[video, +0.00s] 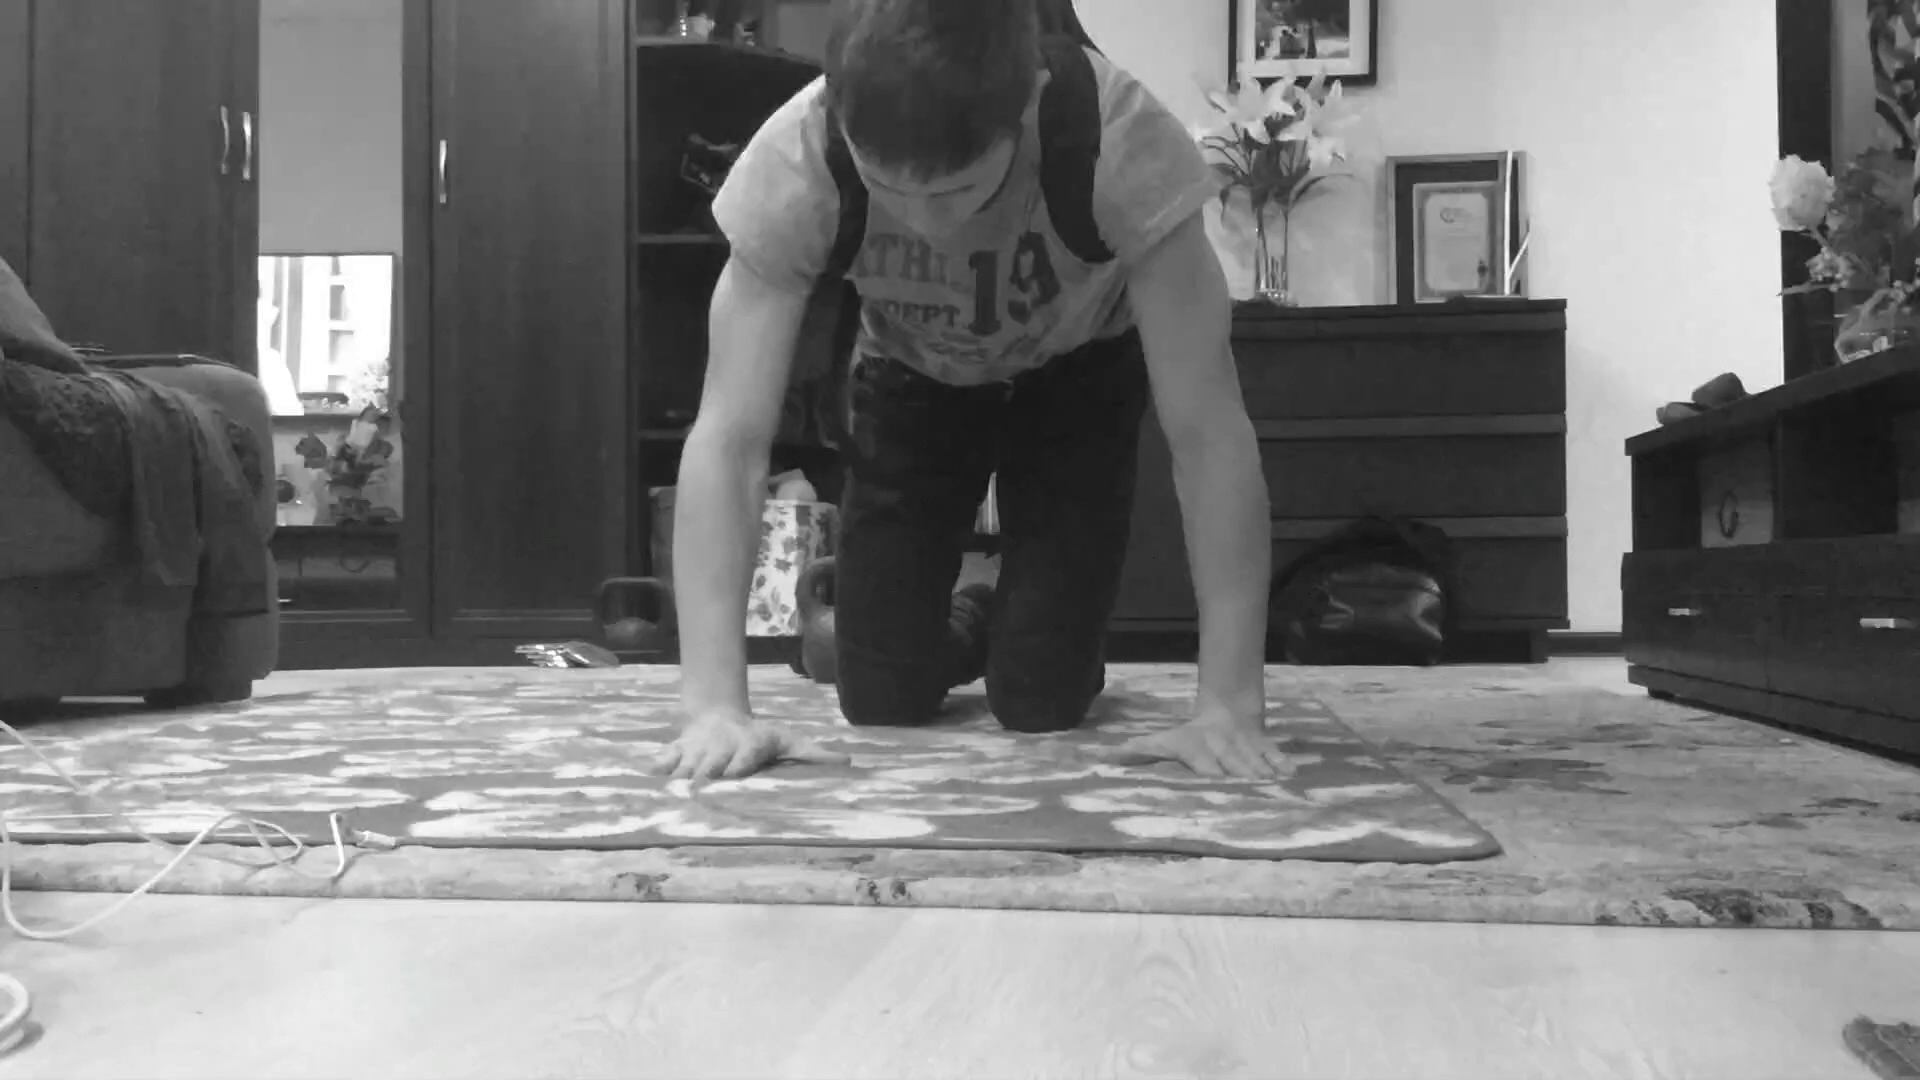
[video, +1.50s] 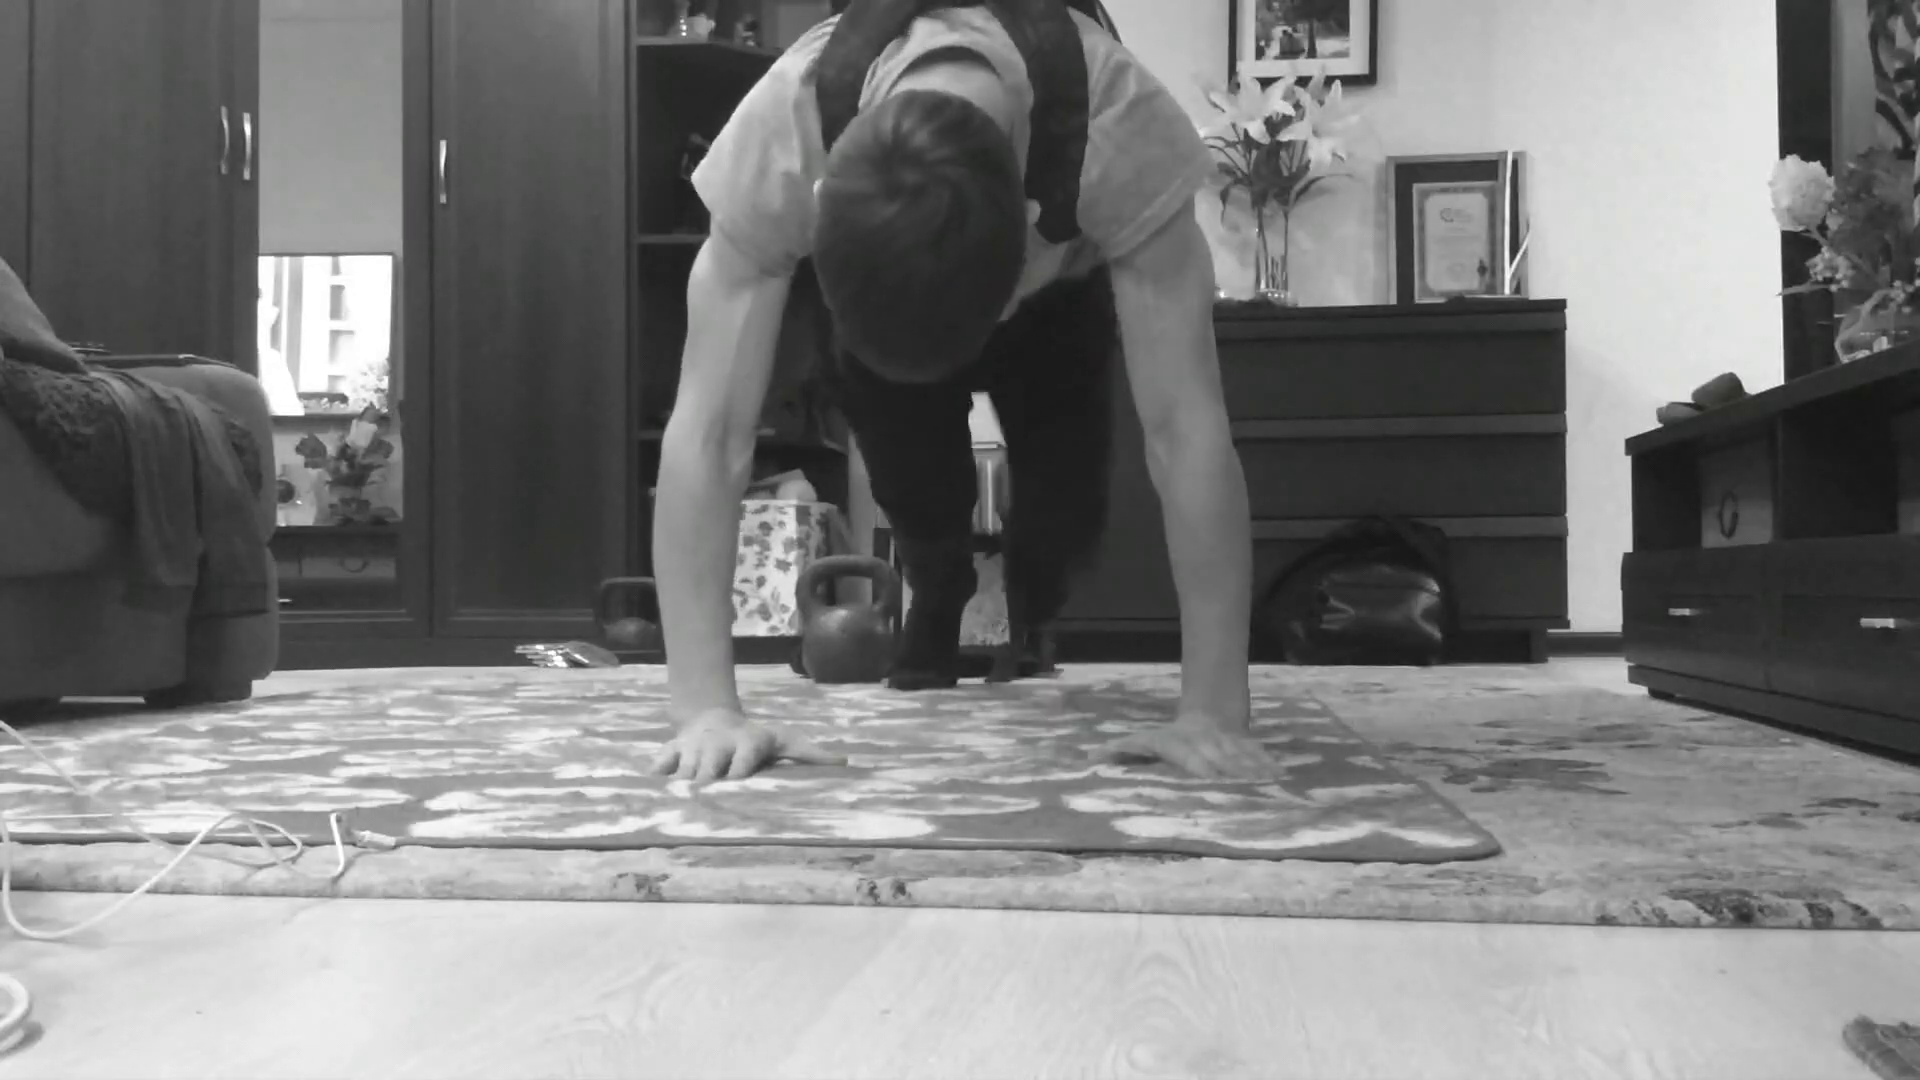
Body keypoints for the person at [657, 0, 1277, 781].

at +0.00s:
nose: (925, 224)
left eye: (960, 196)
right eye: (892, 194)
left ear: (1029, 124)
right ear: (850, 137)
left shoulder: (1123, 150)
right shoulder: (795, 176)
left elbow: (1211, 434)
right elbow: (726, 442)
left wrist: (1230, 707)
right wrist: (714, 707)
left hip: (1077, 369)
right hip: (909, 372)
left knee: (1037, 705)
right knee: (881, 699)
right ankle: (979, 619)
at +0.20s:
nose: (958, 272)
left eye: (986, 245)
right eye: (921, 264)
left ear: (1035, 140)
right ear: (847, 166)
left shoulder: (1132, 139)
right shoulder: (789, 168)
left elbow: (1226, 415)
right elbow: (724, 440)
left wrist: (1221, 704)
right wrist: (711, 709)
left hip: (1083, 366)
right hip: (910, 369)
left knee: (1041, 706)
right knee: (890, 689)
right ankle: (1005, 573)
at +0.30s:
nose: (971, 347)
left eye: (994, 323)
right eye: (930, 335)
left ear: (1037, 197)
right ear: (841, 203)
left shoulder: (1136, 143)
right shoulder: (784, 169)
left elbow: (1220, 426)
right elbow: (720, 441)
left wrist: (1222, 711)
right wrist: (709, 710)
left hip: (1084, 356)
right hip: (908, 361)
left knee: (1042, 706)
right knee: (891, 650)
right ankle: (1008, 555)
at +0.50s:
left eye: (947, 417)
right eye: (901, 419)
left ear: (1030, 269)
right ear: (840, 266)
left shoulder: (1141, 162)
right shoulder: (792, 161)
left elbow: (1220, 440)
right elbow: (714, 438)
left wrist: (1225, 711)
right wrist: (708, 710)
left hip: (1083, 344)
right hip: (908, 350)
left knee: (1039, 704)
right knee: (928, 557)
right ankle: (977, 526)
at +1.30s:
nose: (928, 370)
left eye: (956, 344)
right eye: (892, 352)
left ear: (1016, 235)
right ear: (834, 244)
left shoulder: (1126, 139)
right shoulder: (783, 144)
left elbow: (1190, 433)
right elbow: (713, 434)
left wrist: (1214, 714)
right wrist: (707, 712)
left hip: (1052, 312)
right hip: (879, 318)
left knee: (1050, 683)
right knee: (913, 526)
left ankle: (1029, 627)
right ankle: (936, 592)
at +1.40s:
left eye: (960, 341)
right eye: (892, 352)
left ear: (1013, 238)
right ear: (831, 208)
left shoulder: (1125, 137)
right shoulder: (781, 144)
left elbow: (1190, 434)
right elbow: (710, 435)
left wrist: (1215, 714)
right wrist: (706, 711)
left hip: (1053, 293)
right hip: (877, 303)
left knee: (1060, 580)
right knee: (915, 532)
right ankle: (934, 591)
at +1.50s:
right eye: (887, 353)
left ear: (1014, 249)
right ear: (829, 223)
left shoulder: (1125, 139)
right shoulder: (778, 148)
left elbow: (1189, 431)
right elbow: (708, 434)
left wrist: (1215, 714)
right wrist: (706, 711)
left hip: (1055, 262)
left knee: (1065, 493)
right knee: (905, 474)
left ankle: (1032, 617)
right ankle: (934, 591)